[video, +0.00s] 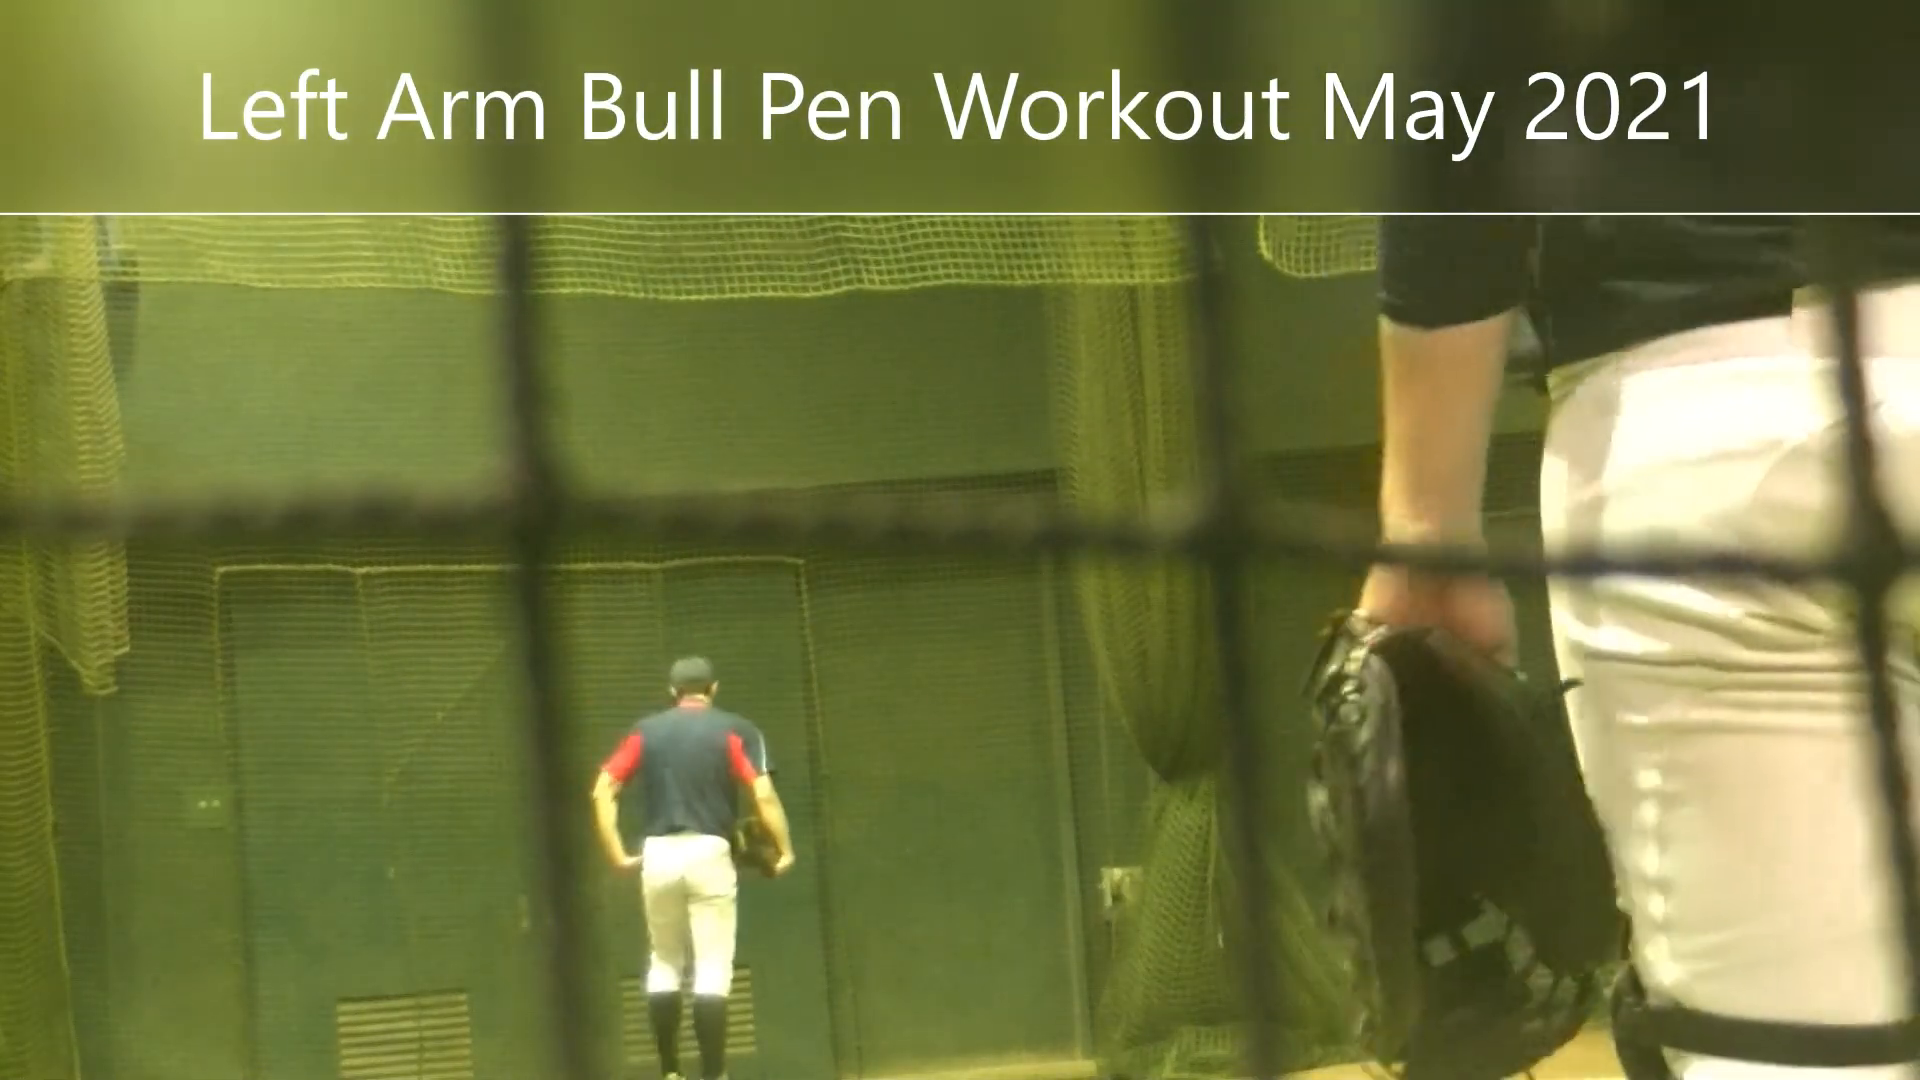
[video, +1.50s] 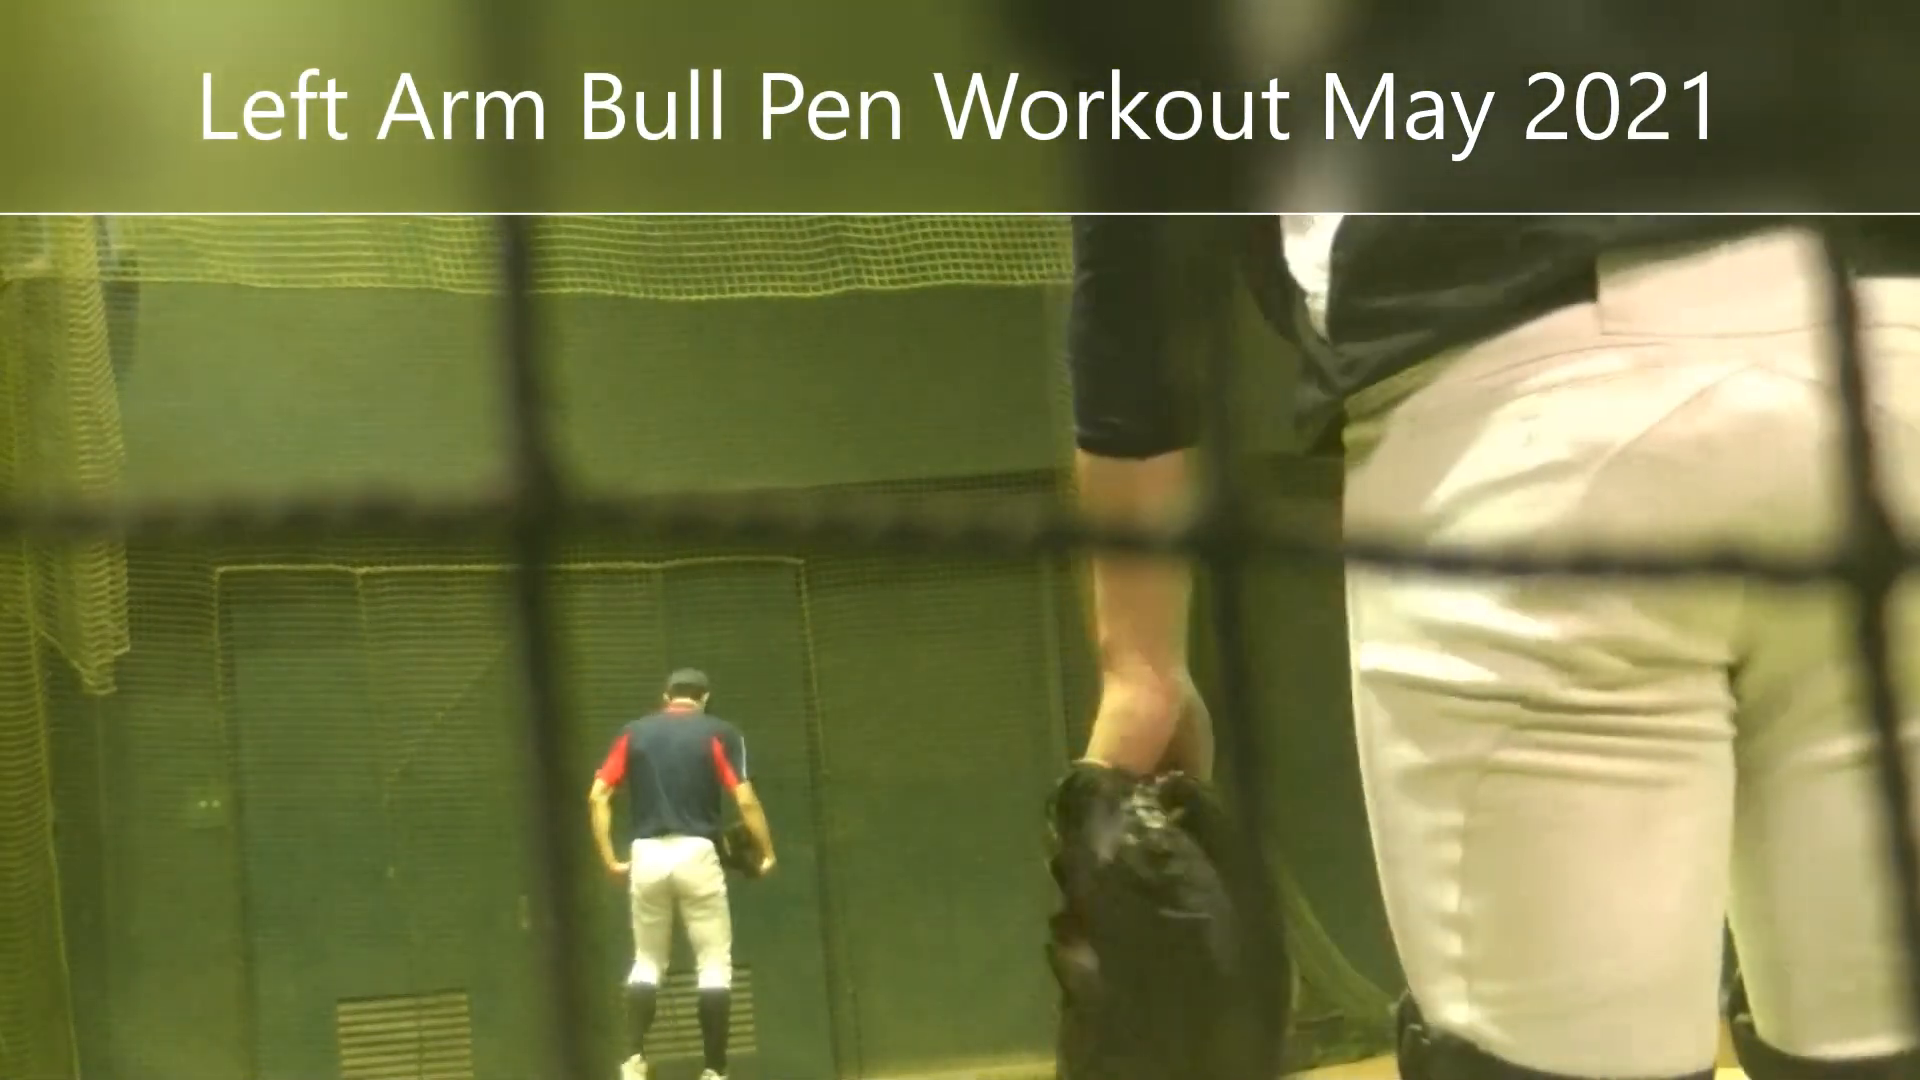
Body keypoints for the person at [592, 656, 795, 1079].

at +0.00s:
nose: (702, 695)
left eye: (684, 689)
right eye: (709, 688)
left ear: (673, 692)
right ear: (713, 690)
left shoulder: (647, 730)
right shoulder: (734, 731)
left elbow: (603, 789)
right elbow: (764, 796)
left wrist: (617, 856)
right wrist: (784, 850)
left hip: (659, 856)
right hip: (710, 856)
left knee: (664, 958)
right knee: (713, 963)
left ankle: (669, 1069)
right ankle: (713, 1072)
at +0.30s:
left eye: (660, 697)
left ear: (659, 699)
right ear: (698, 694)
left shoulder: (642, 736)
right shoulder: (730, 730)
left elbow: (605, 800)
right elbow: (762, 795)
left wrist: (624, 864)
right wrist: (786, 848)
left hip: (665, 858)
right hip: (716, 855)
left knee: (677, 968)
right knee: (722, 963)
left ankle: (689, 1071)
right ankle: (715, 1070)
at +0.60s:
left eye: (647, 698)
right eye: (672, 692)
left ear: (643, 700)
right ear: (681, 693)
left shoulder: (626, 736)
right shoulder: (710, 724)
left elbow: (591, 802)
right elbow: (744, 786)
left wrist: (614, 864)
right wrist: (774, 836)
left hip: (654, 857)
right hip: (705, 850)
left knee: (671, 967)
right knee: (740, 950)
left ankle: (688, 1071)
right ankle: (737, 1051)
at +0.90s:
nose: (666, 705)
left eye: (654, 700)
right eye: (675, 699)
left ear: (646, 705)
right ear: (683, 700)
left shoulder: (622, 739)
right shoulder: (706, 728)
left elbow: (590, 804)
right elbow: (739, 788)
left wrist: (613, 865)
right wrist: (770, 838)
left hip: (653, 856)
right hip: (702, 849)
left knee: (671, 969)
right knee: (721, 963)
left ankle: (688, 1071)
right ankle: (734, 1065)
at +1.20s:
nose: (683, 708)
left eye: (674, 701)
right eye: (690, 702)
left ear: (661, 703)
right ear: (699, 703)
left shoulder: (634, 736)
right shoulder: (718, 734)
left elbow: (601, 799)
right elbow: (747, 799)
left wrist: (615, 864)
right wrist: (772, 851)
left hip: (655, 856)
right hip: (704, 853)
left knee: (662, 962)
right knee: (715, 960)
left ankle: (682, 1062)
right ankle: (715, 1066)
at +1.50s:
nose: (698, 704)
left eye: (674, 697)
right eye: (701, 698)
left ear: (666, 698)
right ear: (703, 699)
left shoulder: (634, 733)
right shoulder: (719, 733)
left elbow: (598, 794)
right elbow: (745, 799)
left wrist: (609, 860)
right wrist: (766, 852)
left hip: (646, 857)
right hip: (697, 856)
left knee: (647, 958)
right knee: (713, 959)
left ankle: (633, 1057)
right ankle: (715, 1068)